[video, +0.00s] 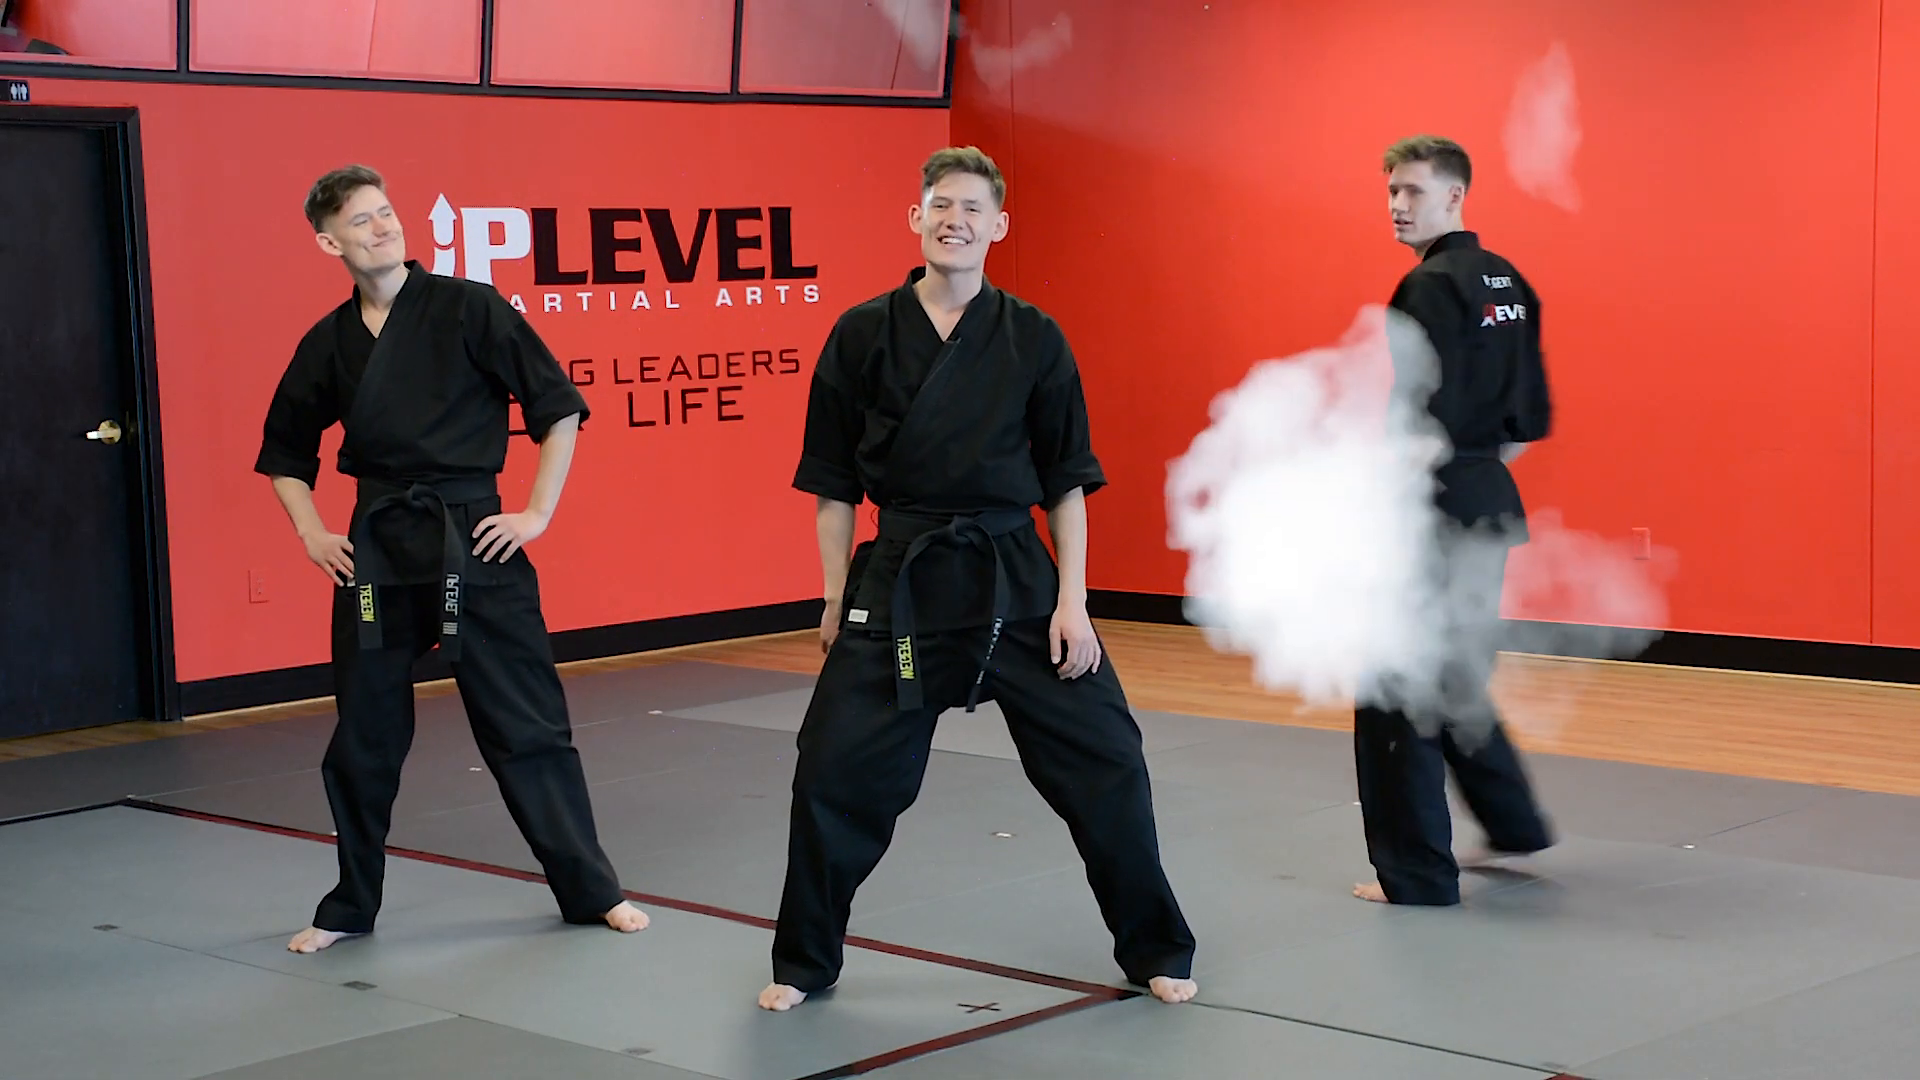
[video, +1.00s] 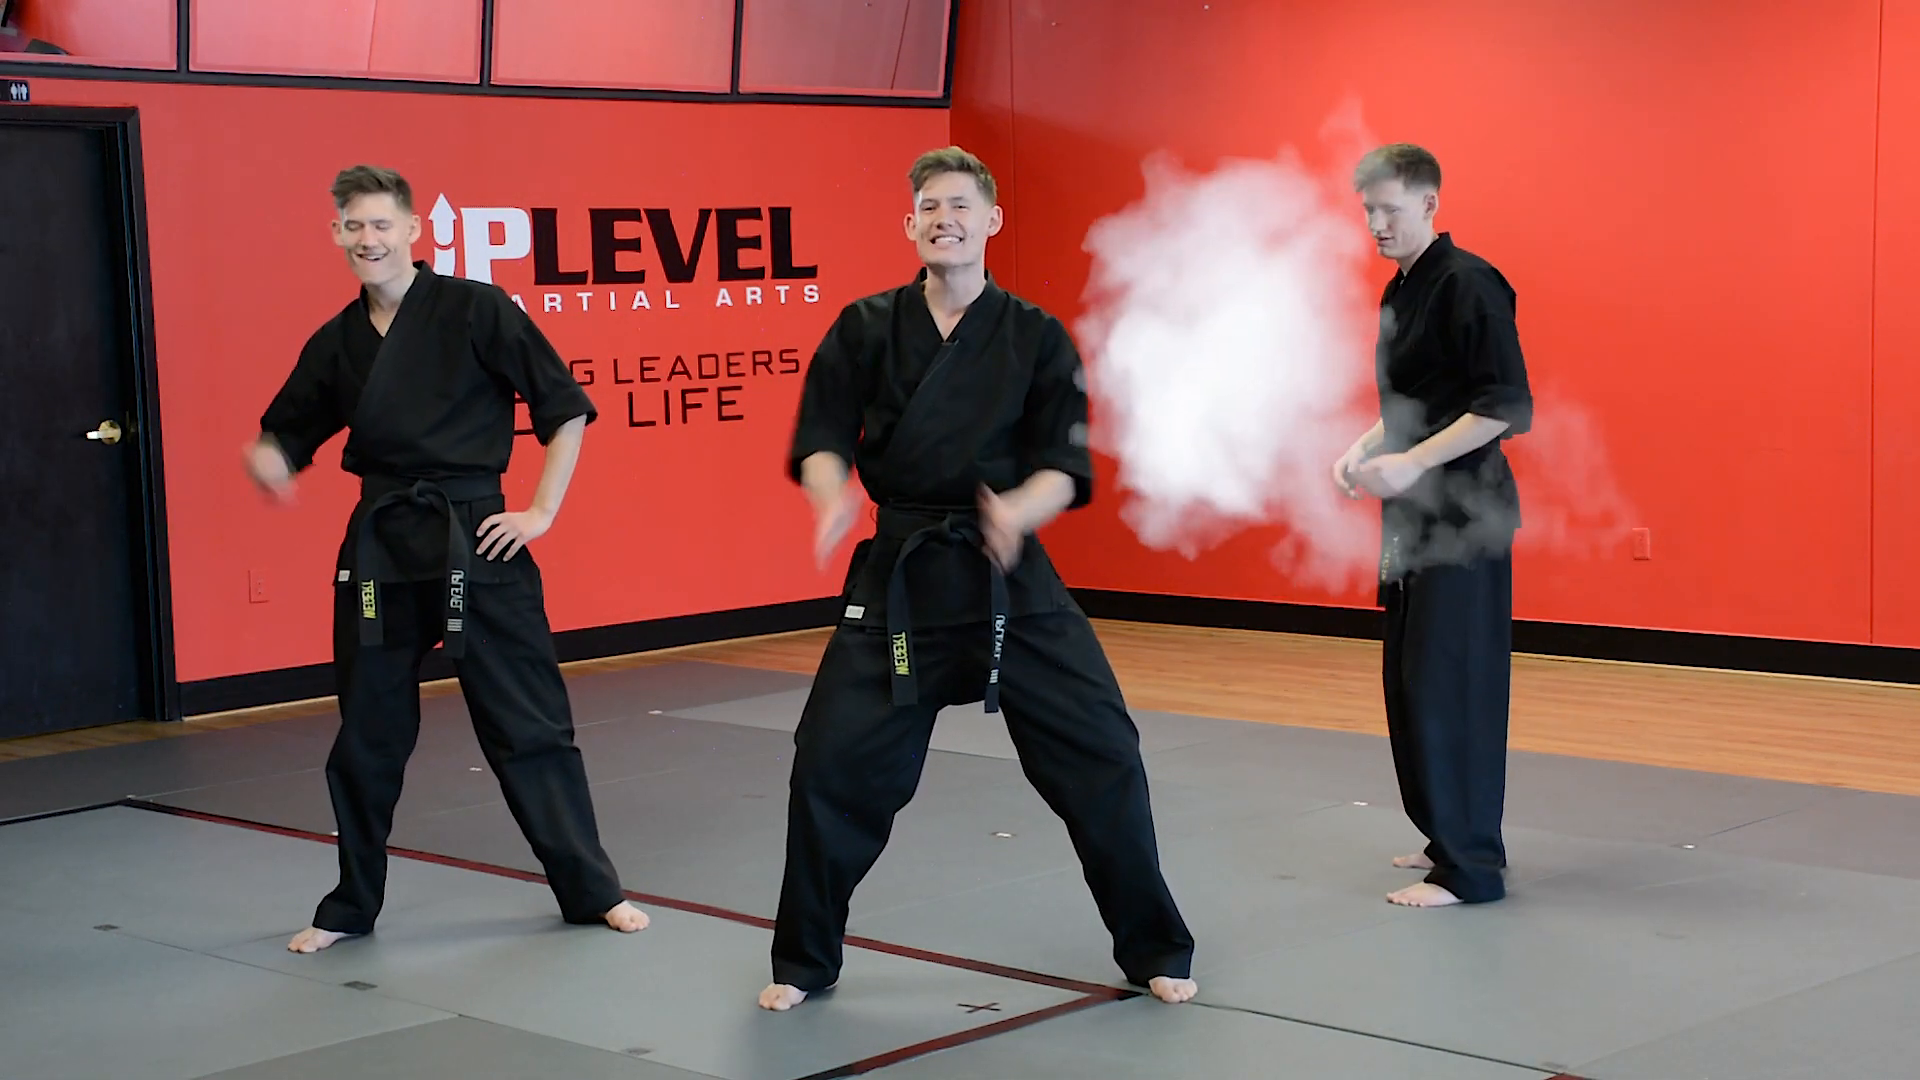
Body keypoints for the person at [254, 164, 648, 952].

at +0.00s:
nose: (381, 226)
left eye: (386, 212)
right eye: (360, 220)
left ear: (403, 223)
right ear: (330, 245)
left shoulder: (472, 308)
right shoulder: (327, 344)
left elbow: (561, 407)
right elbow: (285, 450)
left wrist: (537, 514)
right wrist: (311, 531)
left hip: (476, 539)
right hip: (378, 546)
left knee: (529, 725)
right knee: (363, 740)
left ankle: (591, 892)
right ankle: (351, 906)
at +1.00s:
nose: (366, 238)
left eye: (380, 223)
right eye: (352, 226)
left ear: (413, 229)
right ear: (338, 239)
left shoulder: (479, 310)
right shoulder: (336, 344)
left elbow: (567, 409)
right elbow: (283, 438)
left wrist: (541, 511)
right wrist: (269, 461)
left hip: (478, 539)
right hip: (379, 544)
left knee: (530, 724)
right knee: (366, 737)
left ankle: (592, 891)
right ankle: (352, 905)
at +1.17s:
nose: (370, 244)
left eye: (384, 230)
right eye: (361, 231)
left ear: (427, 231)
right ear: (354, 235)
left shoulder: (489, 313)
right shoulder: (339, 338)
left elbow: (577, 414)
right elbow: (257, 430)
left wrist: (543, 515)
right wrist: (231, 357)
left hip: (482, 537)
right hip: (382, 542)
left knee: (532, 724)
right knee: (368, 737)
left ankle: (592, 892)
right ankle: (351, 908)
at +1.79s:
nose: (427, 234)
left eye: (443, 222)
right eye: (417, 221)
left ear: (479, 228)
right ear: (405, 226)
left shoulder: (520, 320)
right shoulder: (367, 314)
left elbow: (607, 425)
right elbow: (250, 360)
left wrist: (549, 505)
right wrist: (308, 335)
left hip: (499, 538)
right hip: (399, 540)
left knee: (541, 725)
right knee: (379, 735)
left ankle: (593, 891)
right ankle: (353, 905)